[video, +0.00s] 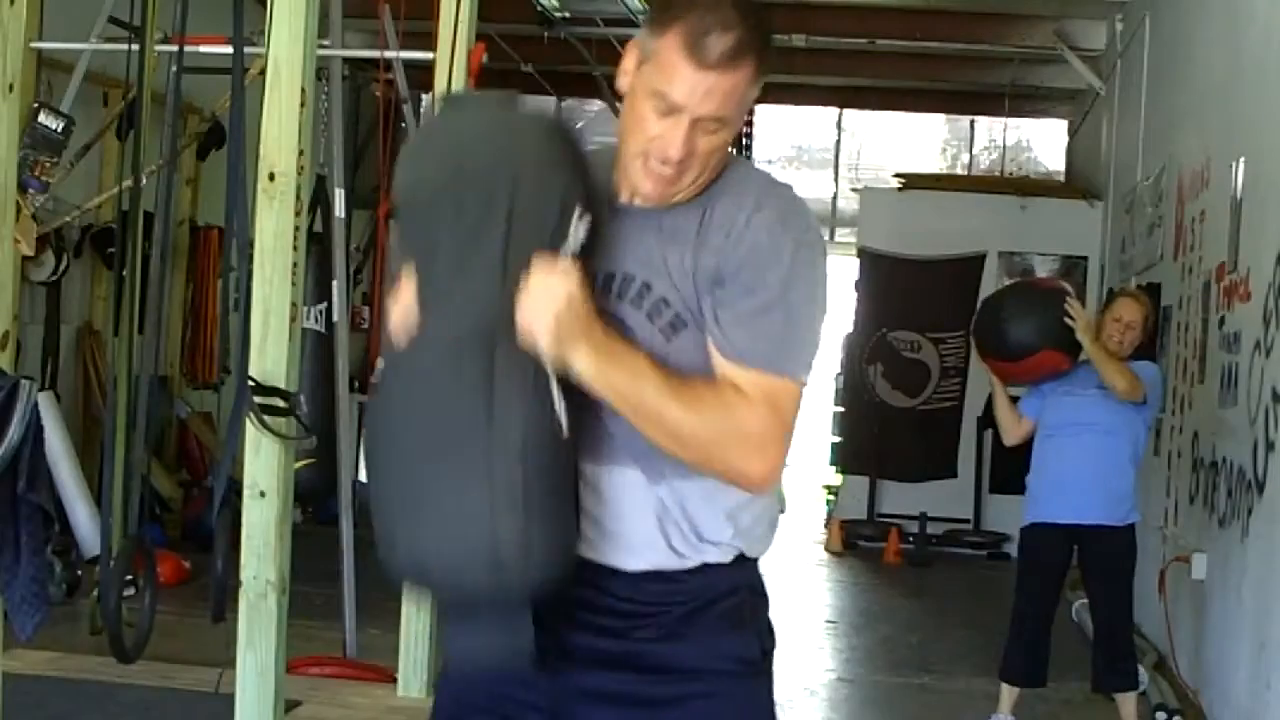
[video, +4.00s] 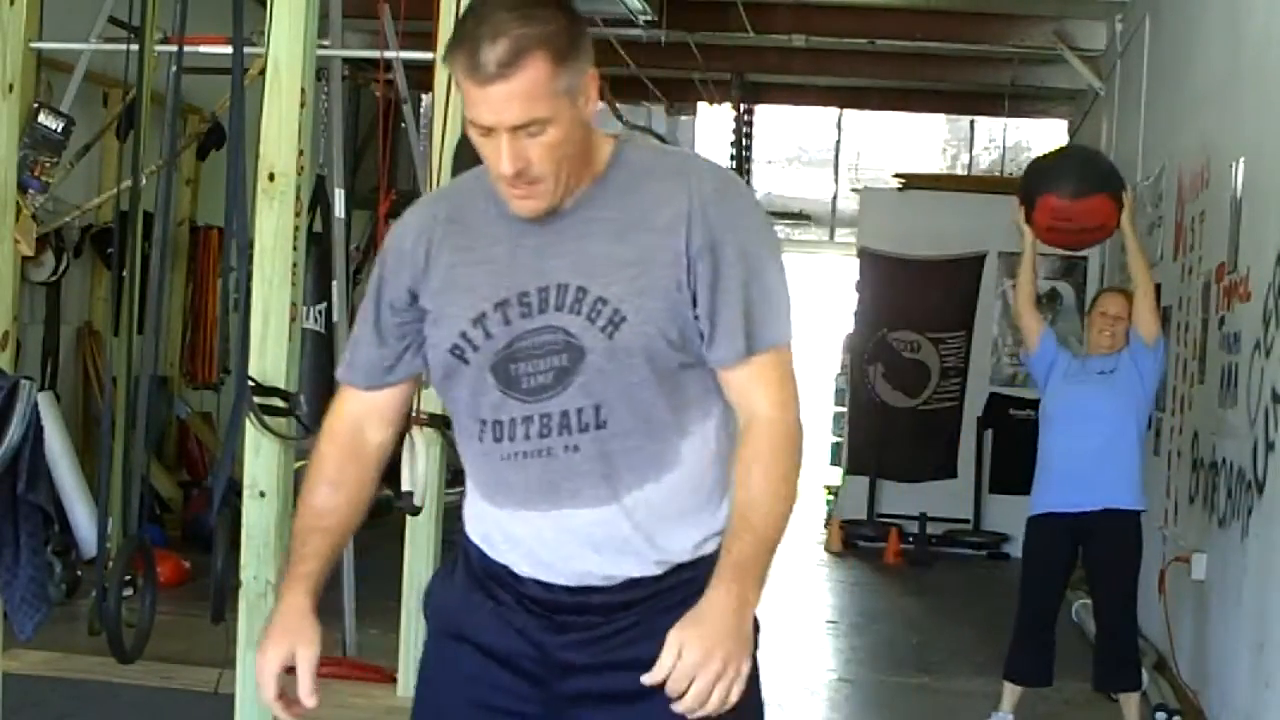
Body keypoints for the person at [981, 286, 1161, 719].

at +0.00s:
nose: (1121, 331)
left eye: (1132, 326)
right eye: (1115, 321)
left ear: (1143, 335)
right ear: (1099, 323)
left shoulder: (1146, 374)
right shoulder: (1054, 376)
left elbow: (1126, 387)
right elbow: (1013, 433)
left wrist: (1088, 339)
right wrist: (998, 379)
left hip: (1111, 520)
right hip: (1047, 517)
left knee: (1114, 622)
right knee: (1030, 616)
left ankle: (1131, 715)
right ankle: (1004, 712)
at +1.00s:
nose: (1098, 475)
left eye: (1108, 466)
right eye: (1091, 463)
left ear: (1119, 463)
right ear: (1075, 454)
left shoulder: (1133, 487)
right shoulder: (1039, 474)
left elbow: (1141, 561)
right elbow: (1009, 542)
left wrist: (1127, 630)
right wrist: (1009, 611)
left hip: (1108, 568)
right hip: (1042, 565)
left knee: (1140, 640)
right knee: (1009, 627)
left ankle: (1135, 713)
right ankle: (1000, 711)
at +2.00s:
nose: (1111, 363)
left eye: (1121, 356)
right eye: (1104, 353)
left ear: (1133, 365)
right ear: (1090, 358)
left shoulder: (1144, 418)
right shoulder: (1055, 407)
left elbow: (1157, 476)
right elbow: (1025, 461)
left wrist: (1123, 471)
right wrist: (1045, 472)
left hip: (1119, 551)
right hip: (1052, 546)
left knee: (1139, 645)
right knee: (1022, 631)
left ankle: (1133, 712)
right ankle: (1003, 712)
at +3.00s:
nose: (1137, 376)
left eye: (1148, 374)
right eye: (1132, 365)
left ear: (1153, 387)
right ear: (1112, 365)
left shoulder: (1152, 426)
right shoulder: (1058, 424)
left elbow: (1113, 421)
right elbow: (1015, 476)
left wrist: (1103, 377)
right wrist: (1017, 414)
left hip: (1113, 567)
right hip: (1046, 561)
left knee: (1140, 657)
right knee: (1012, 643)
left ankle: (1135, 712)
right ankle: (1005, 708)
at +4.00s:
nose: (1109, 322)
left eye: (1119, 317)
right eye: (1102, 314)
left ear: (1131, 328)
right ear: (1086, 321)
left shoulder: (1139, 369)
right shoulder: (1056, 366)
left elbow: (1146, 298)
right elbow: (1025, 308)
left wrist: (1127, 227)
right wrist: (1029, 243)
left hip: (1116, 515)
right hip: (1051, 512)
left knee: (1118, 622)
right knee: (1033, 614)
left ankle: (1132, 716)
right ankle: (1005, 712)